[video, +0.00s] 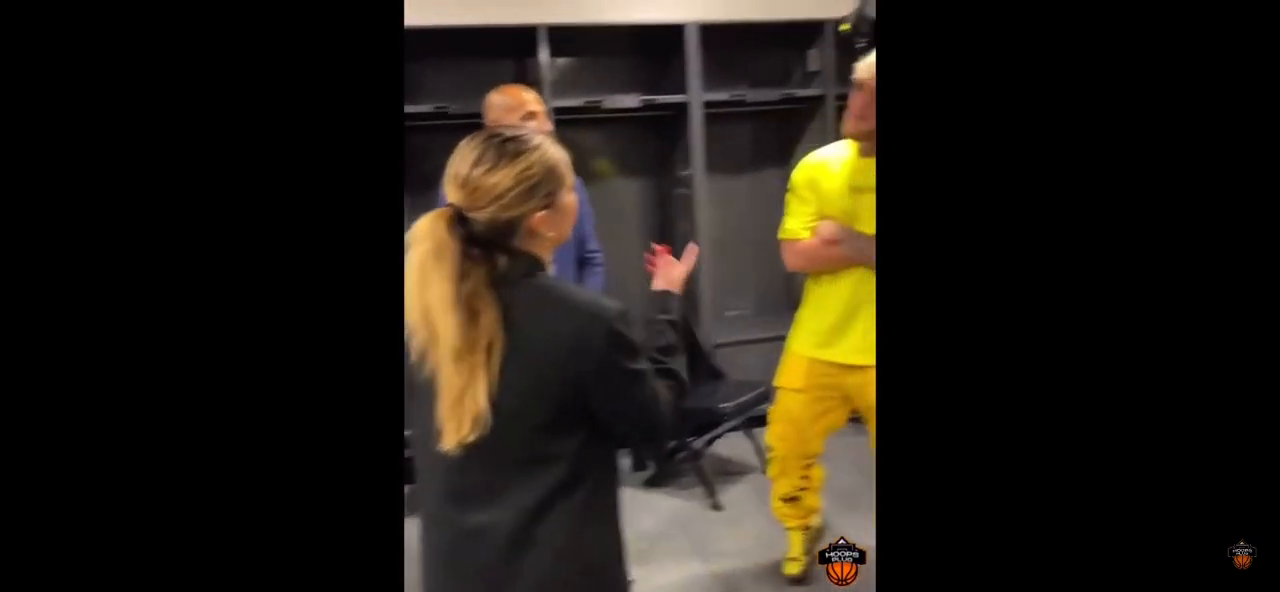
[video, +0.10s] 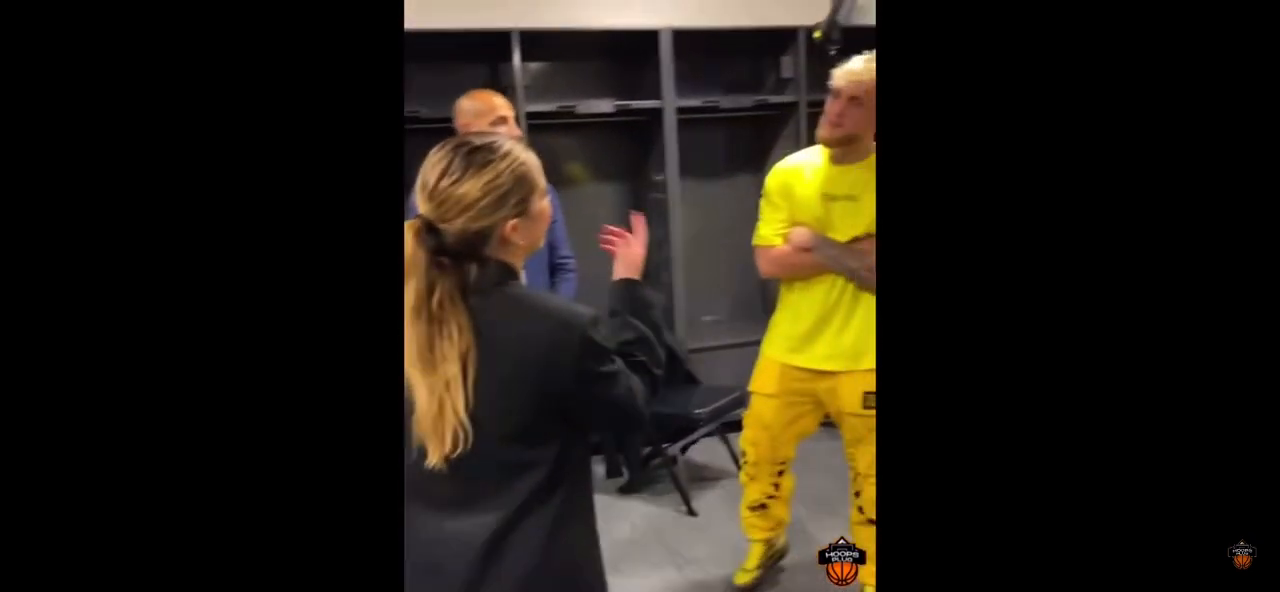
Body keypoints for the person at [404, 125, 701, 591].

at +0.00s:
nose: (578, 199)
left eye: (573, 188)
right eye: (570, 190)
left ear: (470, 212)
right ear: (540, 220)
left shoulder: (429, 308)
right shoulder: (584, 323)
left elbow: (424, 447)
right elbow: (654, 422)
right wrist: (668, 302)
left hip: (454, 569)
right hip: (559, 571)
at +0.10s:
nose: (551, 208)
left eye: (545, 195)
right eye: (543, 198)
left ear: (440, 218)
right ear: (512, 230)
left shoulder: (412, 314)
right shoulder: (558, 330)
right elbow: (628, 414)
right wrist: (629, 287)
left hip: (424, 568)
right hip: (532, 569)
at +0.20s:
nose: (528, 217)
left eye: (523, 205)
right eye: (520, 208)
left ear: (419, 221)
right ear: (492, 236)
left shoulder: (409, 317)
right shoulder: (530, 331)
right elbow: (611, 398)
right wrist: (581, 283)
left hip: (417, 568)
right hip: (515, 570)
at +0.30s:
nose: (509, 221)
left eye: (504, 209)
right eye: (501, 212)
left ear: (412, 221)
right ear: (475, 236)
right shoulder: (511, 332)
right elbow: (592, 381)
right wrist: (543, 279)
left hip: (413, 566)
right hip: (500, 569)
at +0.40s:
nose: (492, 221)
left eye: (488, 210)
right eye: (485, 212)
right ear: (461, 238)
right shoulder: (494, 332)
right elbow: (575, 374)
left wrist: (518, 280)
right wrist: (521, 277)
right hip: (489, 569)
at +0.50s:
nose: (480, 225)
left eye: (475, 213)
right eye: (472, 215)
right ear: (447, 240)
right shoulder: (481, 332)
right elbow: (561, 372)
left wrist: (501, 277)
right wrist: (505, 275)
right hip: (477, 567)